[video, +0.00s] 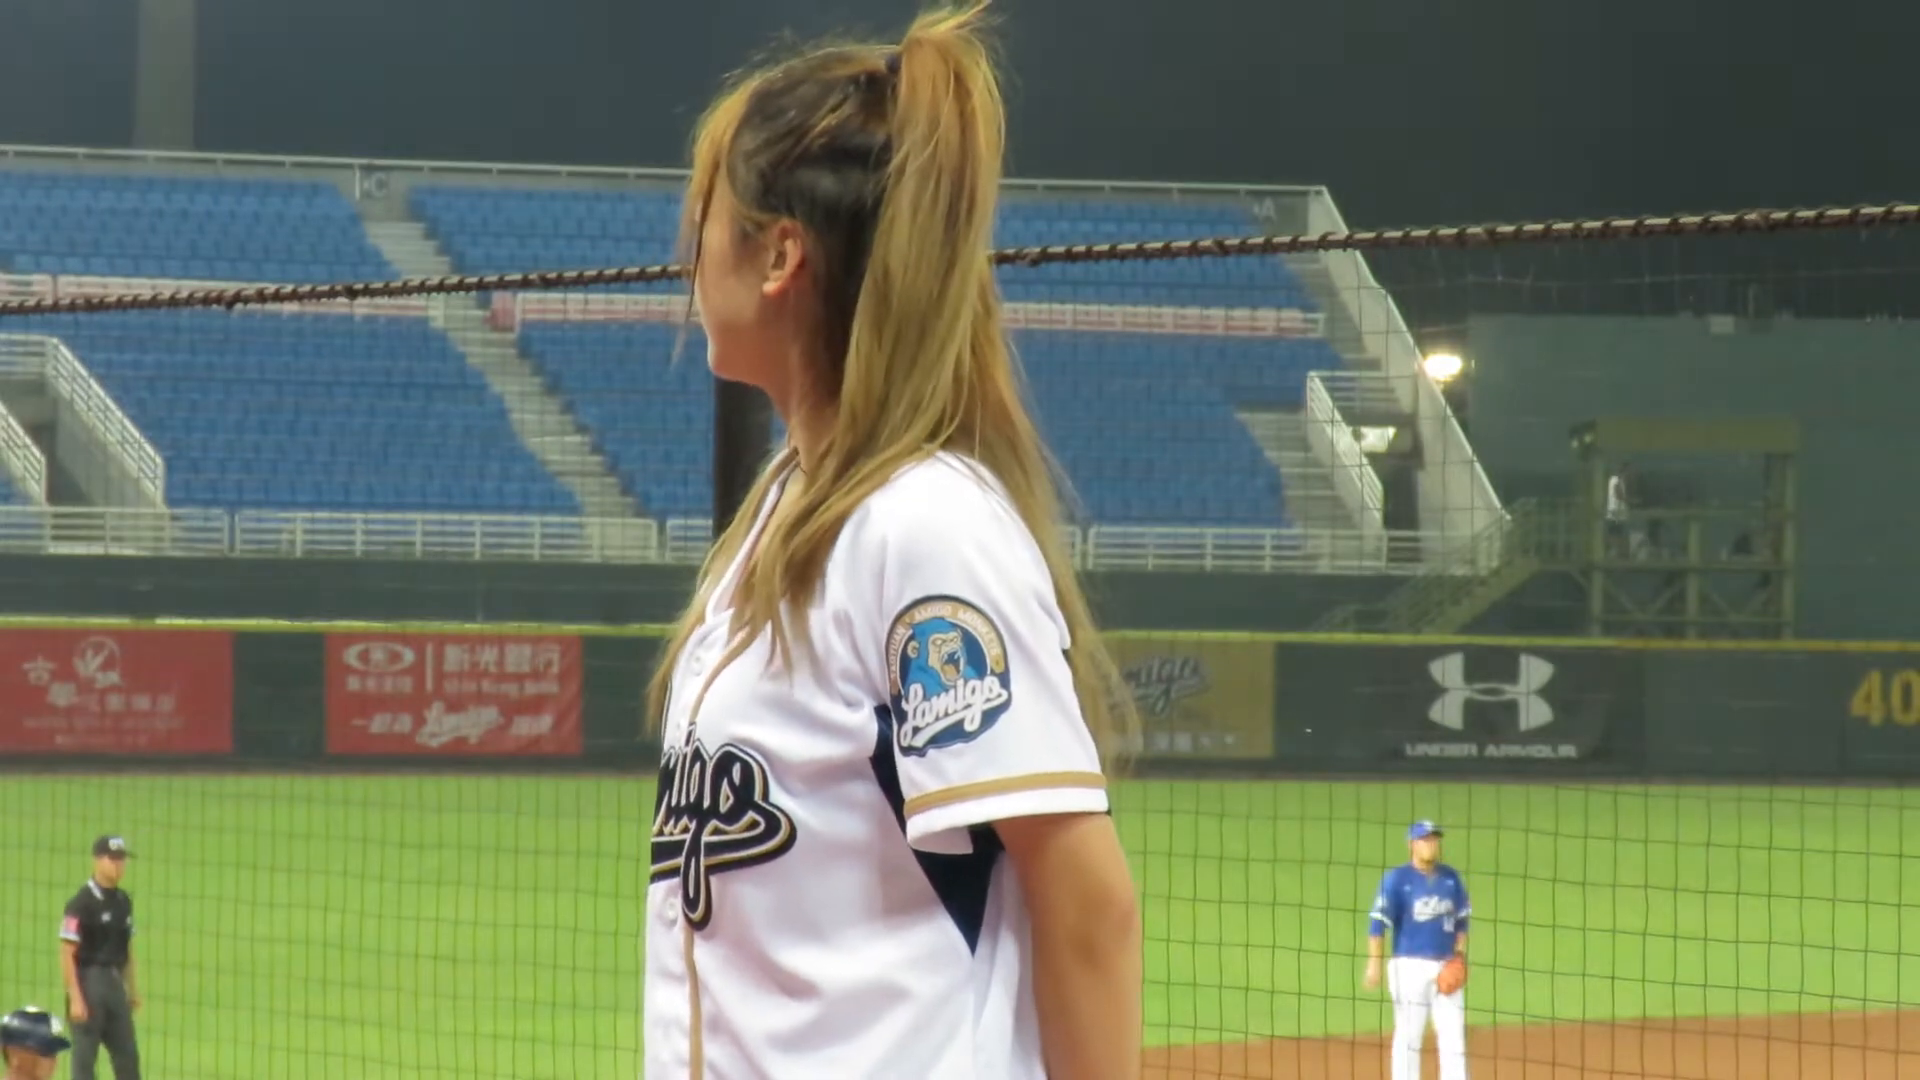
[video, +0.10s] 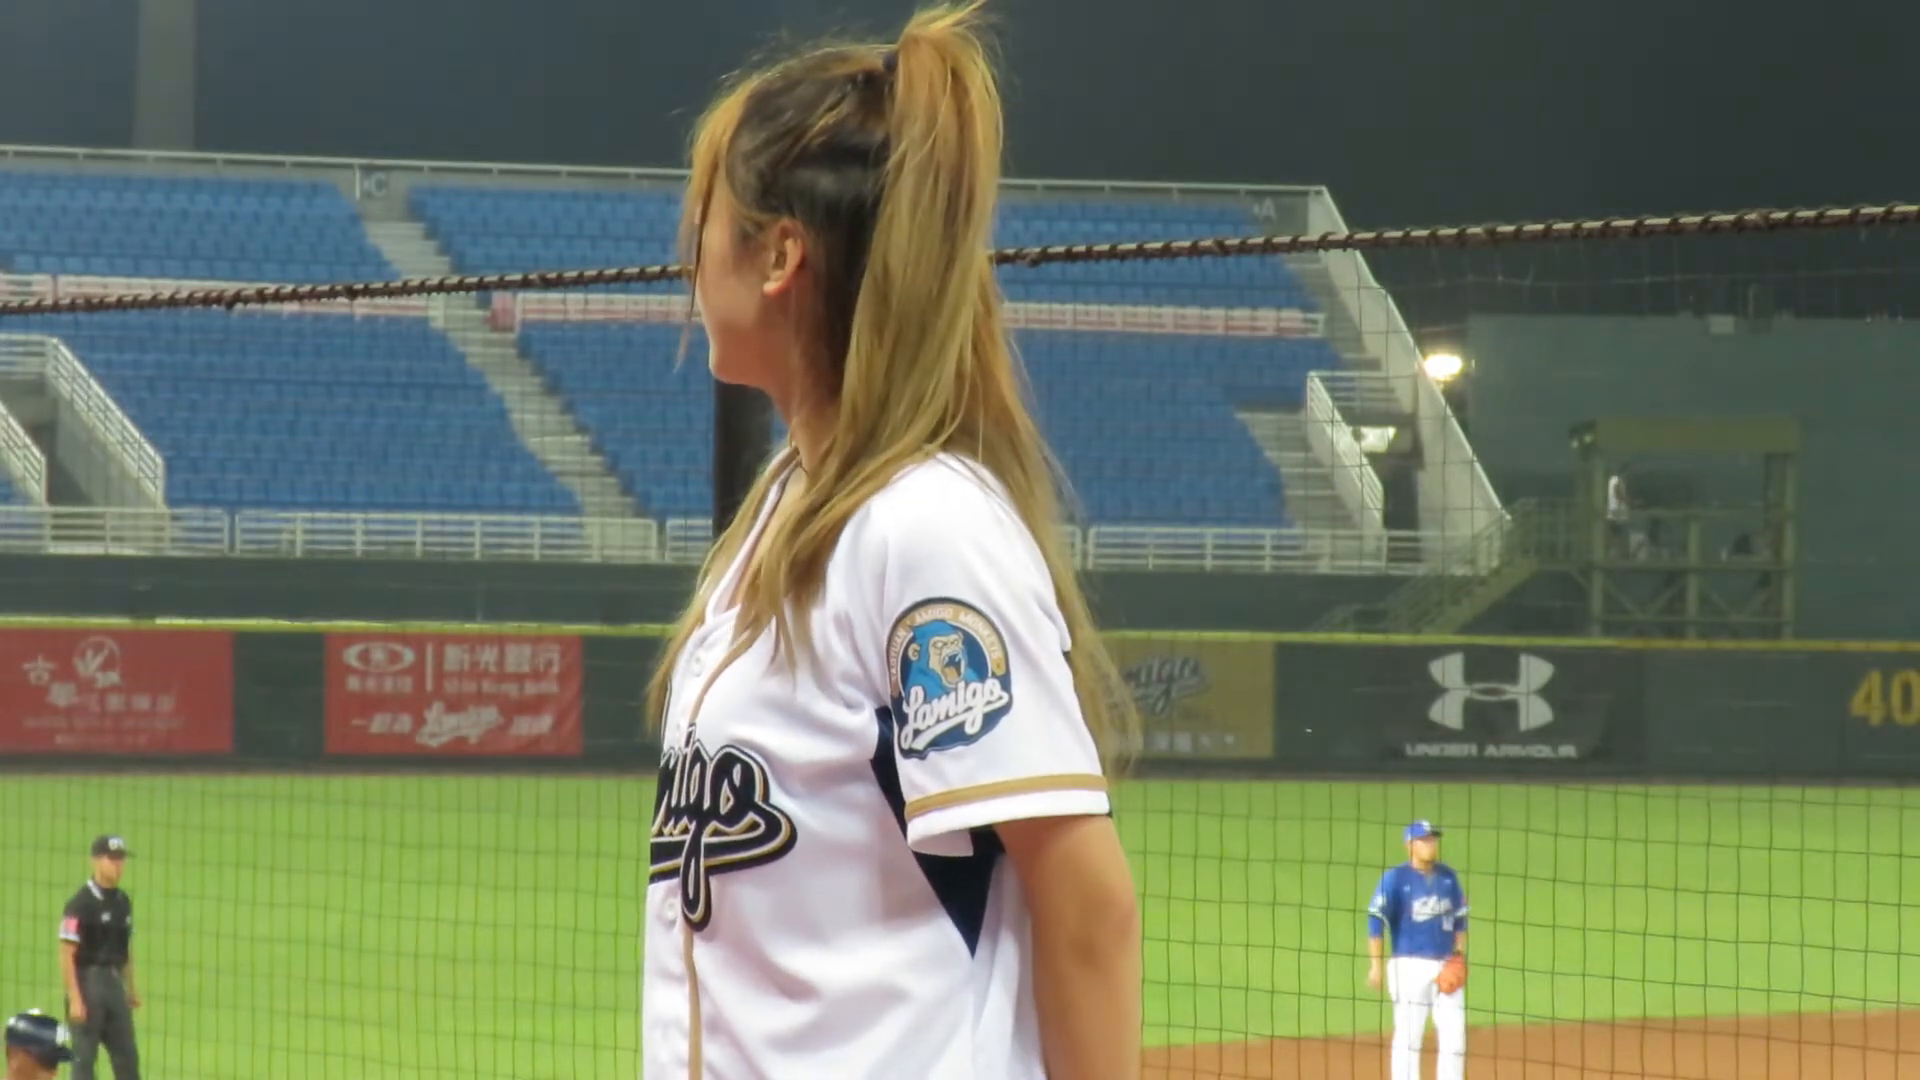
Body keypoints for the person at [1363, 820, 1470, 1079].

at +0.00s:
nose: (1431, 845)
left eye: (1434, 839)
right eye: (1425, 840)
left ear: (1439, 843)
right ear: (1412, 844)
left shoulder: (1451, 878)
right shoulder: (1396, 879)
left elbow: (1462, 921)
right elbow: (1378, 922)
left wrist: (1459, 956)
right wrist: (1374, 963)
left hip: (1446, 965)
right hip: (1409, 966)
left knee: (1453, 1041)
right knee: (1408, 1039)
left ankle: (1455, 1078)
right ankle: (1405, 1077)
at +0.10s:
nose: (1431, 845)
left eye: (1433, 839)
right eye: (1424, 840)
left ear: (1437, 843)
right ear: (1410, 845)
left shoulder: (1448, 877)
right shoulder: (1394, 878)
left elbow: (1460, 920)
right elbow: (1376, 920)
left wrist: (1459, 957)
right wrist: (1376, 965)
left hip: (1446, 965)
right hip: (1409, 967)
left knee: (1454, 1042)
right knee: (1408, 1040)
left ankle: (1451, 1077)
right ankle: (1404, 1077)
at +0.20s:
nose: (1431, 845)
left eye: (1433, 839)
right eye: (1424, 840)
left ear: (1437, 843)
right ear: (1410, 844)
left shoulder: (1447, 876)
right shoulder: (1394, 878)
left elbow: (1459, 919)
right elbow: (1381, 926)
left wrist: (1460, 955)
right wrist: (1381, 967)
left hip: (1446, 964)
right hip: (1410, 965)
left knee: (1455, 1039)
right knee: (1408, 1039)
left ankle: (1449, 1077)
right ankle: (1404, 1077)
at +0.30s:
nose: (1431, 844)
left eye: (1433, 839)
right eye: (1425, 840)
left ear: (1438, 843)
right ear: (1410, 844)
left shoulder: (1447, 876)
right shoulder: (1395, 878)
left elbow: (1459, 921)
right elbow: (1388, 927)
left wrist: (1462, 958)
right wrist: (1392, 966)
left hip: (1447, 964)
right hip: (1412, 965)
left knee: (1455, 1038)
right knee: (1409, 1039)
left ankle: (1446, 1077)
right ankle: (1404, 1077)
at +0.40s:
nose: (1435, 845)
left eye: (1436, 839)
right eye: (1428, 840)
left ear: (1440, 843)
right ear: (1414, 843)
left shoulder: (1450, 877)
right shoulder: (1398, 880)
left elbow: (1461, 922)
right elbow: (1389, 926)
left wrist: (1466, 958)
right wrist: (1399, 962)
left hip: (1449, 965)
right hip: (1414, 965)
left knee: (1453, 1041)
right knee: (1410, 1040)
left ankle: (1446, 1078)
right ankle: (1405, 1077)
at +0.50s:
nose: (1441, 845)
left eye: (1442, 840)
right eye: (1435, 840)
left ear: (1444, 843)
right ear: (1421, 842)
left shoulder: (1454, 877)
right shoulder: (1403, 878)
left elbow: (1465, 921)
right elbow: (1392, 923)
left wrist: (1470, 956)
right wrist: (1402, 960)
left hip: (1452, 965)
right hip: (1417, 965)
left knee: (1450, 1041)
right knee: (1414, 1038)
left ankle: (1443, 1078)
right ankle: (1406, 1077)